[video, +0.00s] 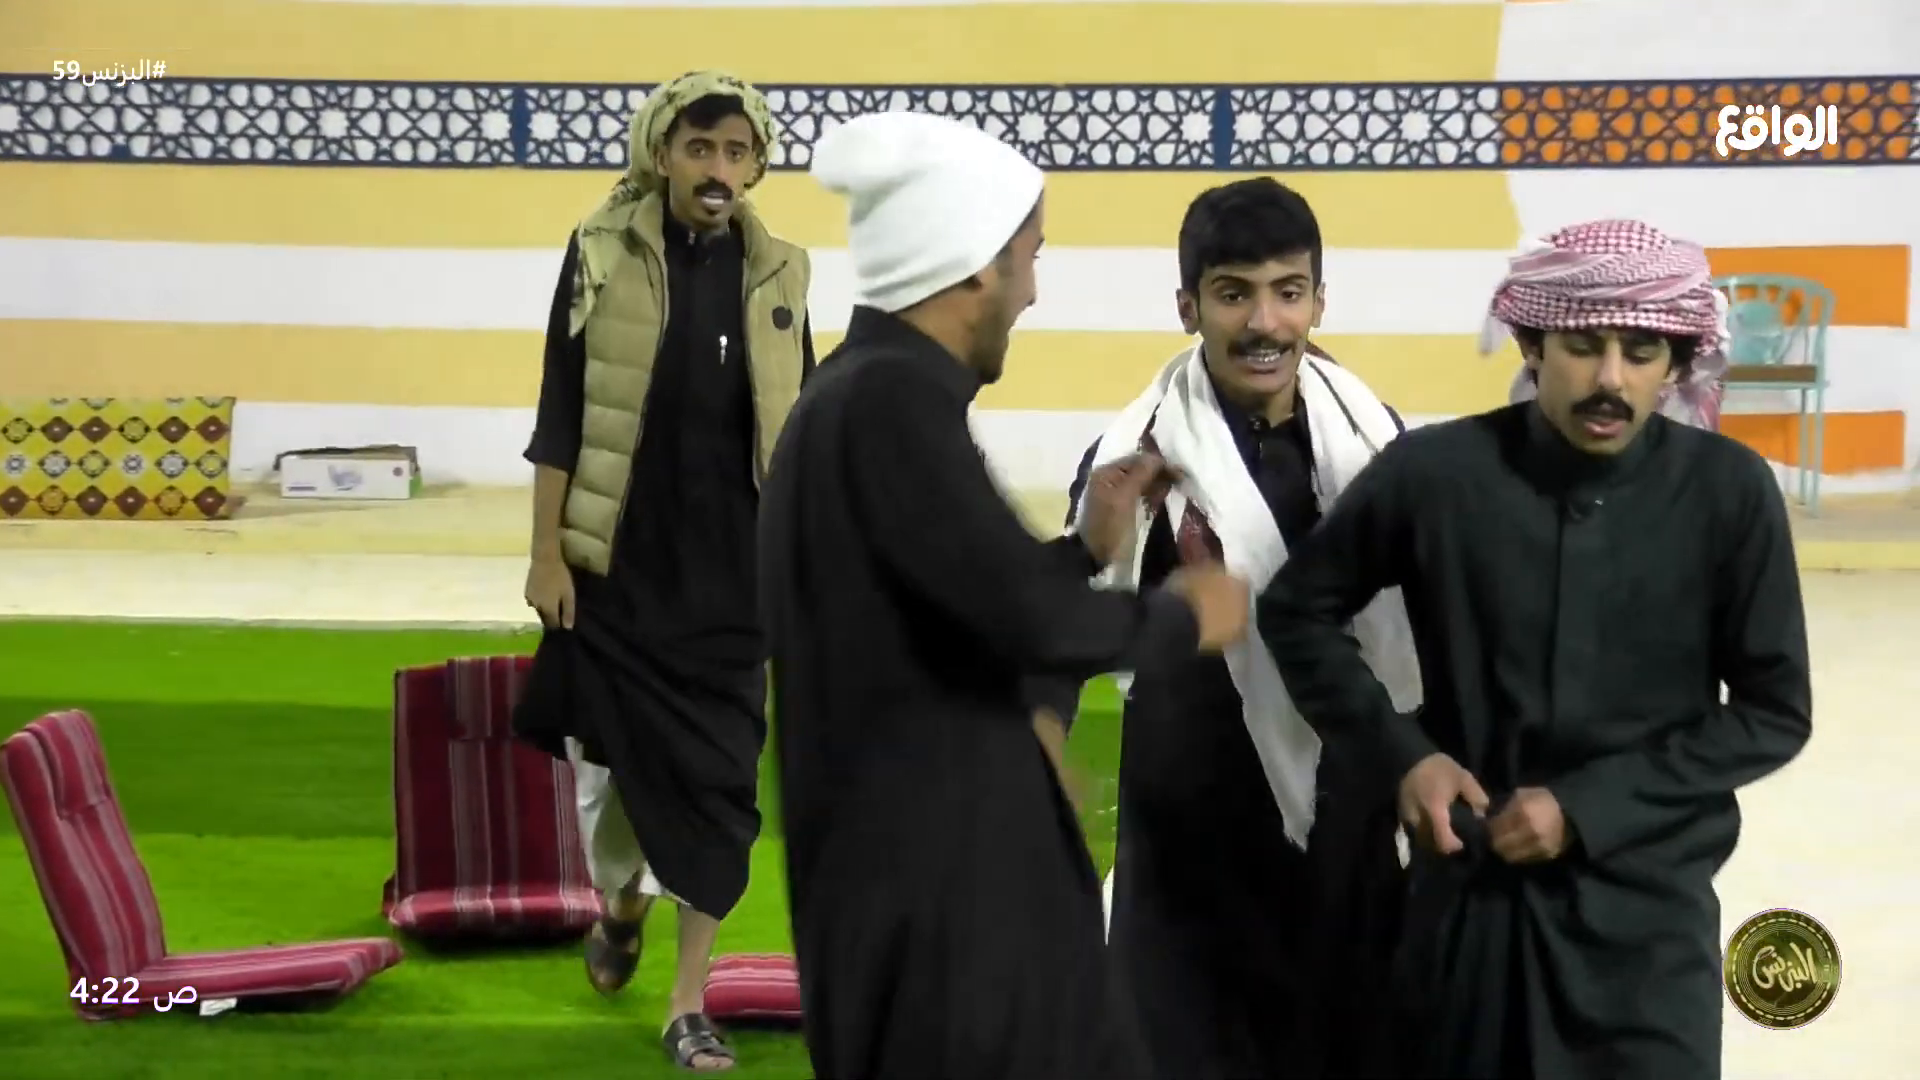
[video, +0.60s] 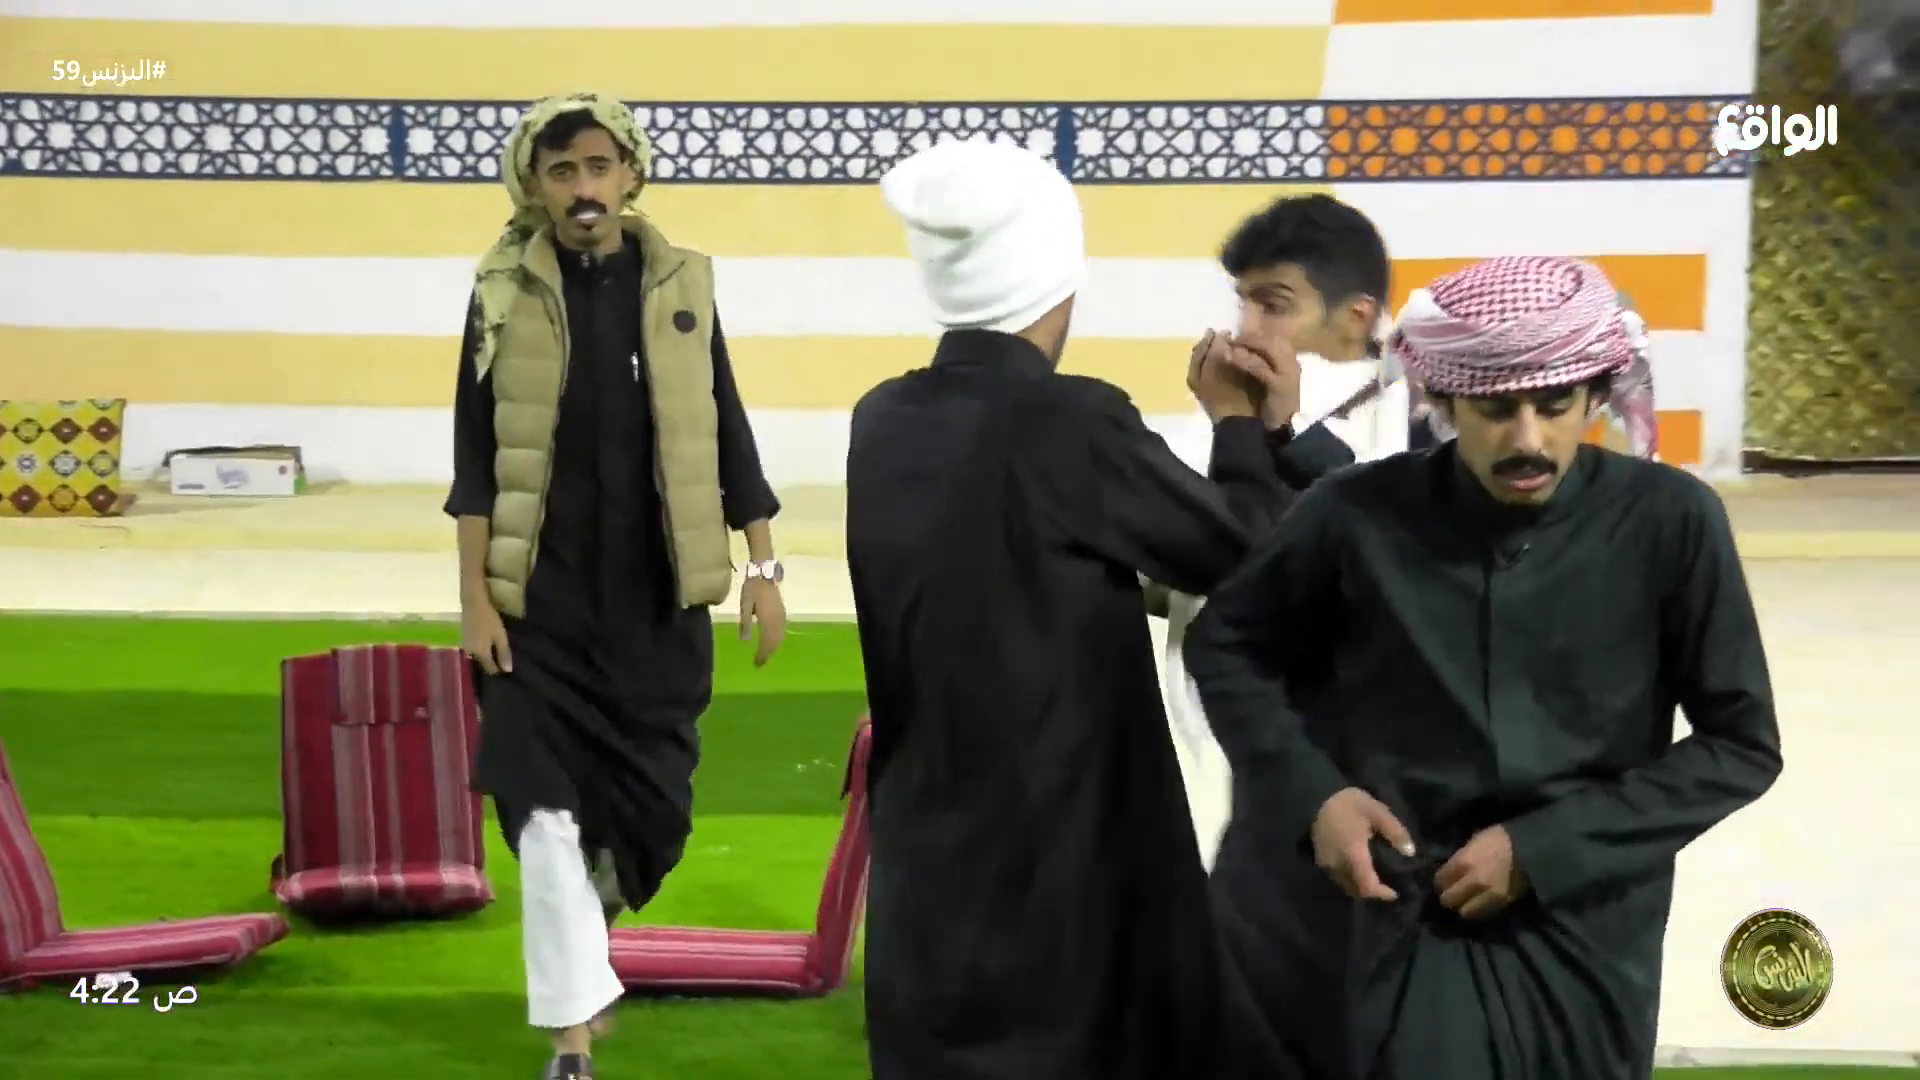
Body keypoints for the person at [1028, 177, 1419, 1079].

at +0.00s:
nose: (1264, 321)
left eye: (1287, 293)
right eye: (1235, 295)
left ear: (1317, 302)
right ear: (1189, 306)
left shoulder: (1378, 439)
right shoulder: (1127, 459)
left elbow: (1436, 631)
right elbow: (1066, 659)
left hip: (1353, 852)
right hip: (1194, 855)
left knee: (1353, 1059)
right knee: (1194, 1053)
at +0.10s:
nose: (1262, 316)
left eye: (1285, 284)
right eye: (1230, 289)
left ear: (1313, 287)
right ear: (1184, 299)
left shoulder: (1365, 413)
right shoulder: (1131, 447)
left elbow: (1428, 581)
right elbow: (1099, 636)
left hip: (1360, 821)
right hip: (1202, 841)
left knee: (1365, 1041)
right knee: (1213, 1040)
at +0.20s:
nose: (1251, 304)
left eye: (1277, 275)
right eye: (1221, 276)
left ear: (1307, 282)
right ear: (1174, 287)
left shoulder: (1367, 416)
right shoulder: (1111, 434)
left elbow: (1432, 589)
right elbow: (1100, 629)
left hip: (1349, 816)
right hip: (1186, 821)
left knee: (1356, 1034)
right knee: (1208, 1038)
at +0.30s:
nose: (1235, 304)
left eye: (1260, 276)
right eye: (1207, 277)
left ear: (1297, 286)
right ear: (1165, 286)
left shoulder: (1359, 412)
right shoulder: (1113, 424)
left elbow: (1427, 595)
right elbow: (1093, 610)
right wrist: (1133, 496)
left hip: (1327, 809)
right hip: (1169, 813)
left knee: (1334, 1034)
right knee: (1189, 1035)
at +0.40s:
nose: (1192, 296)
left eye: (1224, 271)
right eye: (1176, 269)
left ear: (1290, 289)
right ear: (1158, 279)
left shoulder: (1370, 416)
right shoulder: (1120, 416)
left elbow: (1408, 593)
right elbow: (1099, 601)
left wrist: (1324, 482)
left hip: (1317, 790)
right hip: (1166, 792)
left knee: (1315, 1026)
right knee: (1173, 1026)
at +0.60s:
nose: (1248, 335)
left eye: (1276, 305)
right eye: (1245, 306)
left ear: (1361, 315)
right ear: (1234, 309)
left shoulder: (1426, 423)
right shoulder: (1228, 444)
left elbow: (1431, 583)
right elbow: (1198, 624)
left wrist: (1297, 435)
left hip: (1408, 809)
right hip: (1267, 810)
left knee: (1383, 1041)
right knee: (1251, 1029)